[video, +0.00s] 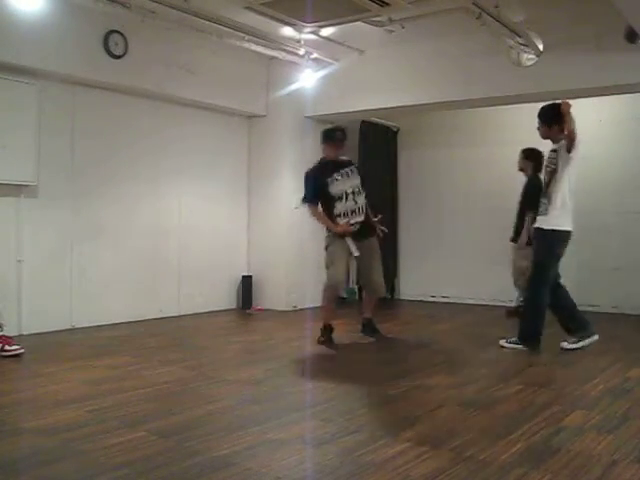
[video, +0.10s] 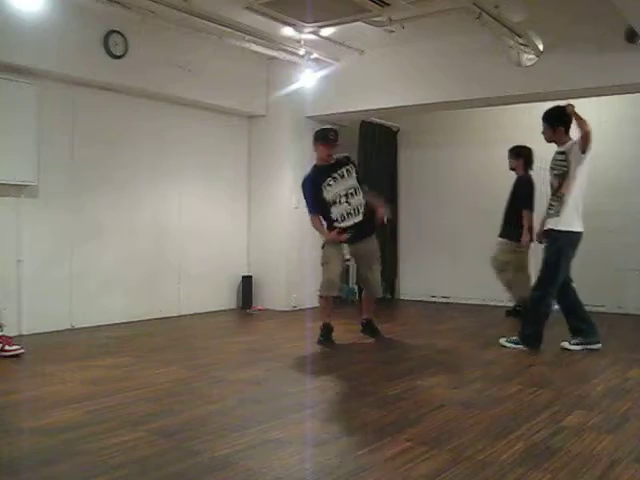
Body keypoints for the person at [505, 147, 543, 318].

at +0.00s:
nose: (518, 164)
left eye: (522, 160)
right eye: (520, 160)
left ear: (530, 163)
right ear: (532, 163)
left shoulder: (534, 182)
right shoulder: (532, 181)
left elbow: (531, 211)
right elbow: (528, 210)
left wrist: (525, 234)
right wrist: (520, 231)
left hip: (525, 237)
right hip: (523, 235)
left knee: (523, 271)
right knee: (522, 271)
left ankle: (523, 302)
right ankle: (521, 301)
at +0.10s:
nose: (509, 162)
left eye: (512, 159)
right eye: (509, 159)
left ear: (521, 161)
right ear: (520, 161)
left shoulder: (524, 181)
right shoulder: (524, 180)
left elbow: (526, 208)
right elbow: (526, 208)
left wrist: (526, 231)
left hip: (514, 235)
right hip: (518, 234)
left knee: (499, 262)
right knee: (520, 272)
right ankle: (523, 302)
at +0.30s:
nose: (486, 164)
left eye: (489, 161)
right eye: (487, 161)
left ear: (498, 164)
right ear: (499, 164)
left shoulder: (499, 184)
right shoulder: (497, 183)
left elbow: (508, 210)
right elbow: (481, 207)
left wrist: (515, 234)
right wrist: (459, 218)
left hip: (492, 240)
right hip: (500, 240)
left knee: (477, 272)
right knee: (509, 273)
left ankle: (460, 300)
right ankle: (523, 301)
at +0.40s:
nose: (474, 163)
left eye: (477, 160)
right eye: (475, 160)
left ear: (485, 164)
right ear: (486, 165)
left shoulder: (485, 184)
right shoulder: (485, 183)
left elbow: (490, 213)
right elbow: (469, 208)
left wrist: (497, 236)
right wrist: (448, 215)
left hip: (476, 240)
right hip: (487, 240)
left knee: (467, 272)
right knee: (493, 271)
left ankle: (455, 303)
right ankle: (515, 297)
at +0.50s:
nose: (463, 163)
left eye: (466, 160)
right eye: (465, 159)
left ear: (474, 164)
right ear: (474, 164)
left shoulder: (473, 185)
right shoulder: (471, 184)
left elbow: (473, 214)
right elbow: (461, 210)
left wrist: (473, 236)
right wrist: (443, 220)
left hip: (463, 238)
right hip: (470, 238)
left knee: (457, 270)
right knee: (472, 271)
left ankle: (453, 302)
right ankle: (494, 289)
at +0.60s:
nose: (452, 161)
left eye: (456, 158)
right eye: (454, 157)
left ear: (463, 161)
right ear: (465, 161)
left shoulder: (462, 183)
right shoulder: (465, 182)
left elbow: (455, 211)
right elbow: (457, 210)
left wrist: (445, 229)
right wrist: (448, 228)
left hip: (458, 234)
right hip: (461, 233)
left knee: (446, 262)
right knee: (452, 264)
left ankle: (455, 298)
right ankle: (463, 290)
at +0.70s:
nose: (443, 162)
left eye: (446, 158)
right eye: (444, 158)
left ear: (454, 161)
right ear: (456, 162)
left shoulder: (455, 183)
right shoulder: (451, 182)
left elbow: (443, 203)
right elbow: (444, 203)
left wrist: (429, 213)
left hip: (451, 234)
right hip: (441, 232)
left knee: (447, 268)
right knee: (433, 263)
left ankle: (452, 301)